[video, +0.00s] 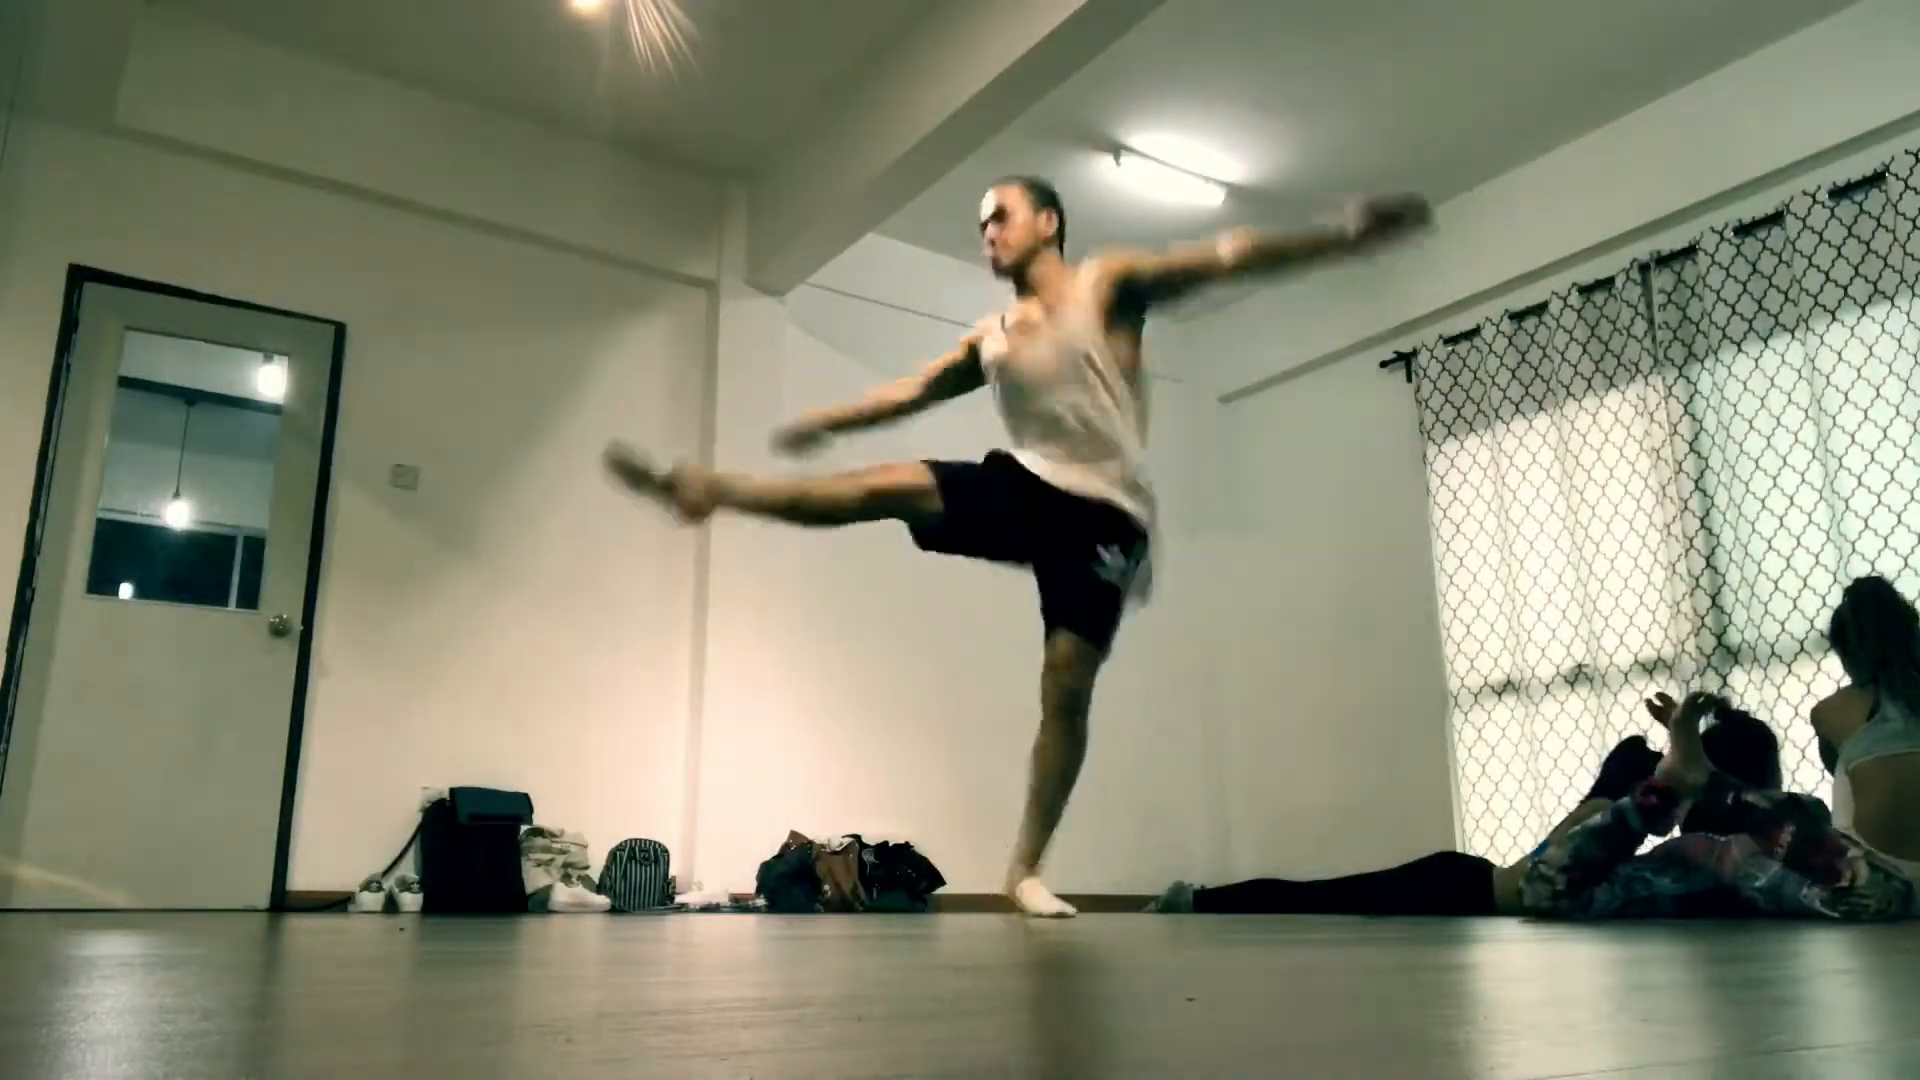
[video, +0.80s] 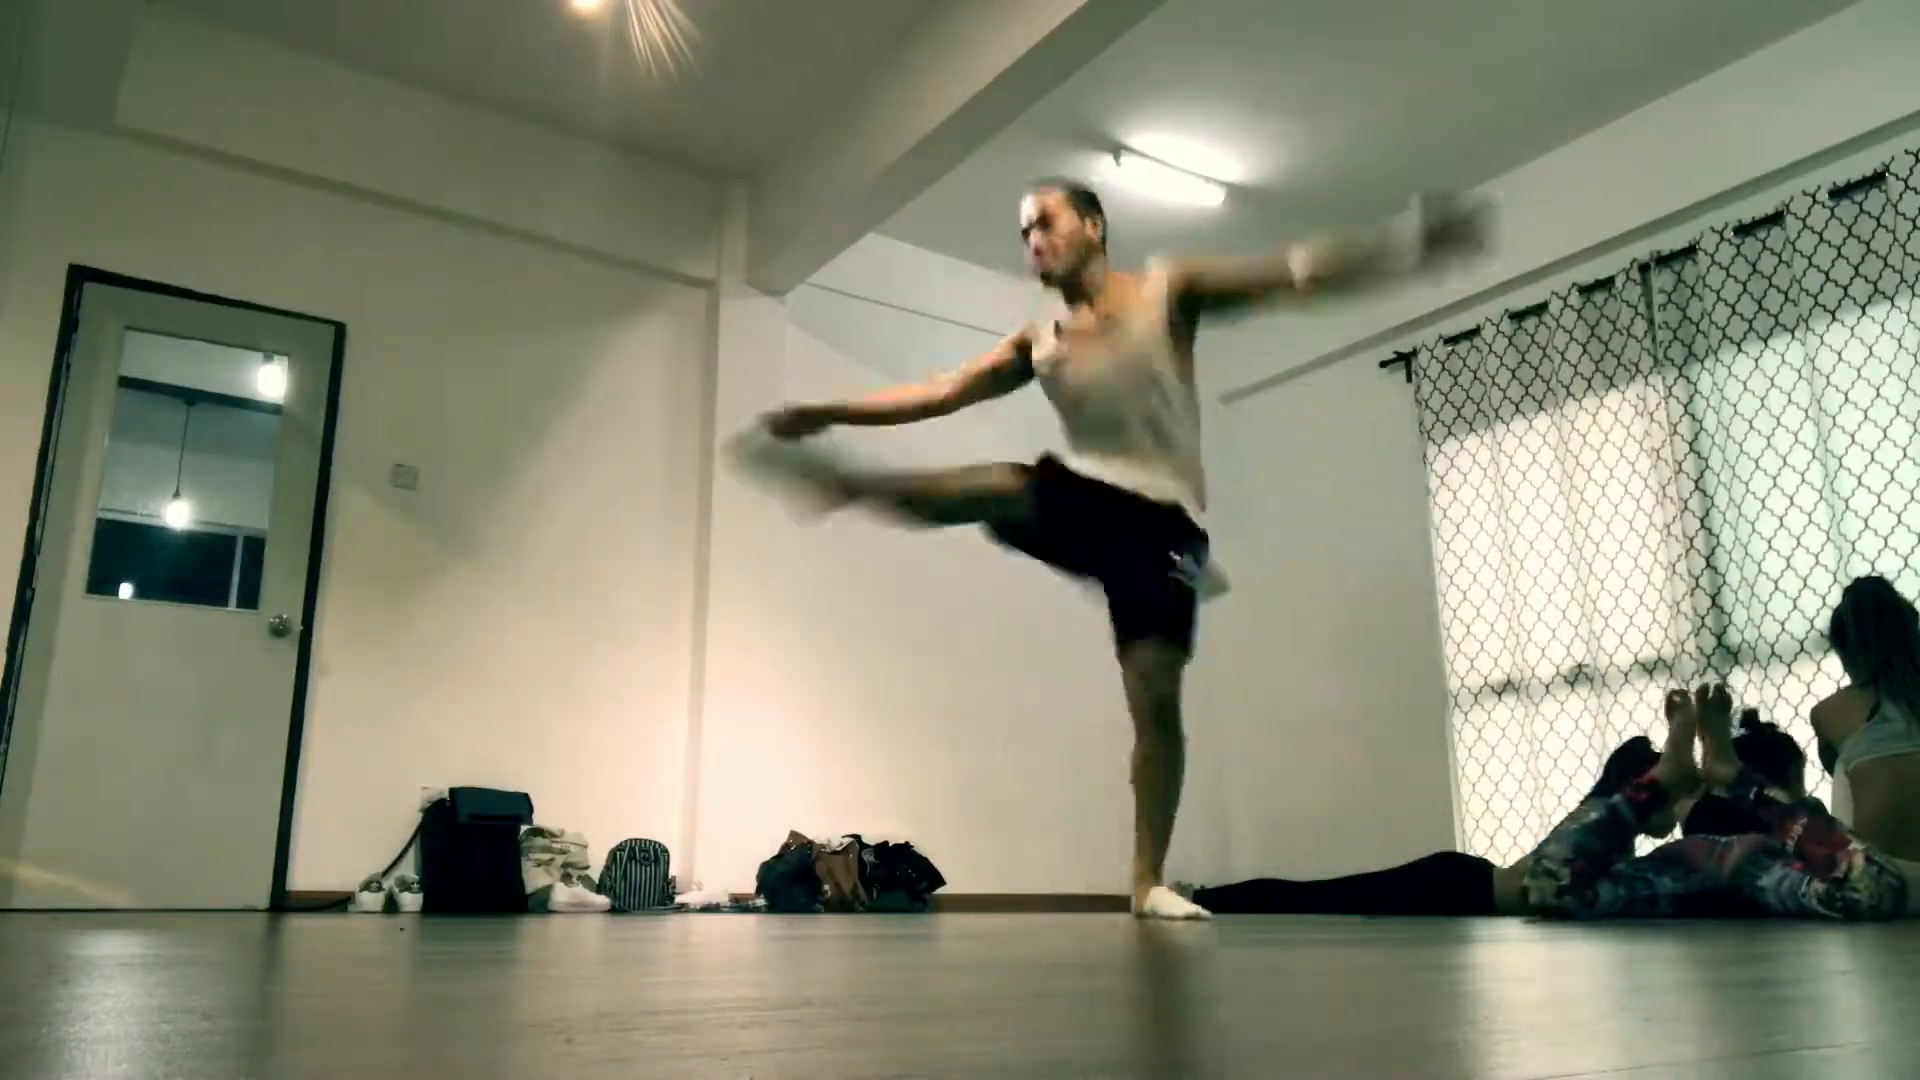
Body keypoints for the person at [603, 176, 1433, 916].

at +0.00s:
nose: (986, 229)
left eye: (1000, 214)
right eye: (982, 221)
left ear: (1048, 223)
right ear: (995, 240)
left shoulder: (1109, 276)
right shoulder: (994, 338)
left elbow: (1232, 256)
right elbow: (909, 394)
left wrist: (1344, 237)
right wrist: (825, 420)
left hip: (1104, 513)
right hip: (1021, 489)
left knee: (1066, 692)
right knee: (887, 486)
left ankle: (1027, 873)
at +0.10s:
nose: (989, 201)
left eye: (1001, 185)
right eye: (985, 192)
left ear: (1048, 188)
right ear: (999, 209)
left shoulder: (1088, 236)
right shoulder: (1020, 300)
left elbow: (1175, 232)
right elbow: (1018, 401)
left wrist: (1235, 191)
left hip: (1103, 469)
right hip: (1034, 462)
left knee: (1077, 654)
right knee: (907, 508)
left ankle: (1085, 850)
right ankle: (741, 554)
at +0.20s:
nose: (990, 196)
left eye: (1004, 181)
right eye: (988, 186)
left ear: (1050, 186)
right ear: (1028, 196)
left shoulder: (1060, 234)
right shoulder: (1052, 255)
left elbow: (1078, 271)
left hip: (1078, 466)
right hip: (1063, 467)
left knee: (1083, 661)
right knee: (984, 538)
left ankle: (1103, 847)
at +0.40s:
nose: (1073, 200)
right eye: (1075, 188)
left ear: (1004, 201)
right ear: (1071, 194)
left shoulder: (968, 276)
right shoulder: (1087, 252)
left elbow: (956, 384)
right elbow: (1154, 335)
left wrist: (1015, 348)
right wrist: (1149, 340)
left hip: (1025, 494)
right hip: (1113, 461)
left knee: (1047, 670)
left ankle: (1067, 853)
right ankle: (1271, 614)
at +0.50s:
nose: (1066, 184)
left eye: (1065, 170)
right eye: (1047, 175)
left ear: (1061, 180)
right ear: (1010, 197)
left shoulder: (1013, 271)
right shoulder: (1036, 247)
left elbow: (1041, 358)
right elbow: (1058, 301)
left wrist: (1111, 329)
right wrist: (1150, 300)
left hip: (1035, 477)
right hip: (1085, 444)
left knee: (1078, 654)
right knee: (1255, 499)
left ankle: (1050, 839)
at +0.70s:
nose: (1038, 270)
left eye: (1051, 254)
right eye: (1030, 262)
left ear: (1097, 258)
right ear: (1031, 279)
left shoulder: (1166, 333)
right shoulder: (1027, 354)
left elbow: (1269, 370)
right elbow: (959, 398)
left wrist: (1354, 402)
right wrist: (889, 395)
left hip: (1147, 535)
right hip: (1064, 536)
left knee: (1168, 704)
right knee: (1060, 495)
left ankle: (1150, 885)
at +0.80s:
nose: (1035, 243)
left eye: (1047, 225)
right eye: (1028, 235)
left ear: (1093, 225)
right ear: (1034, 253)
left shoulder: (1166, 286)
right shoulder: (1042, 342)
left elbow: (1294, 273)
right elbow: (935, 394)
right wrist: (825, 407)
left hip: (1160, 521)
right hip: (1084, 502)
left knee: (1156, 710)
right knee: (990, 482)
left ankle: (1149, 886)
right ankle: (833, 492)